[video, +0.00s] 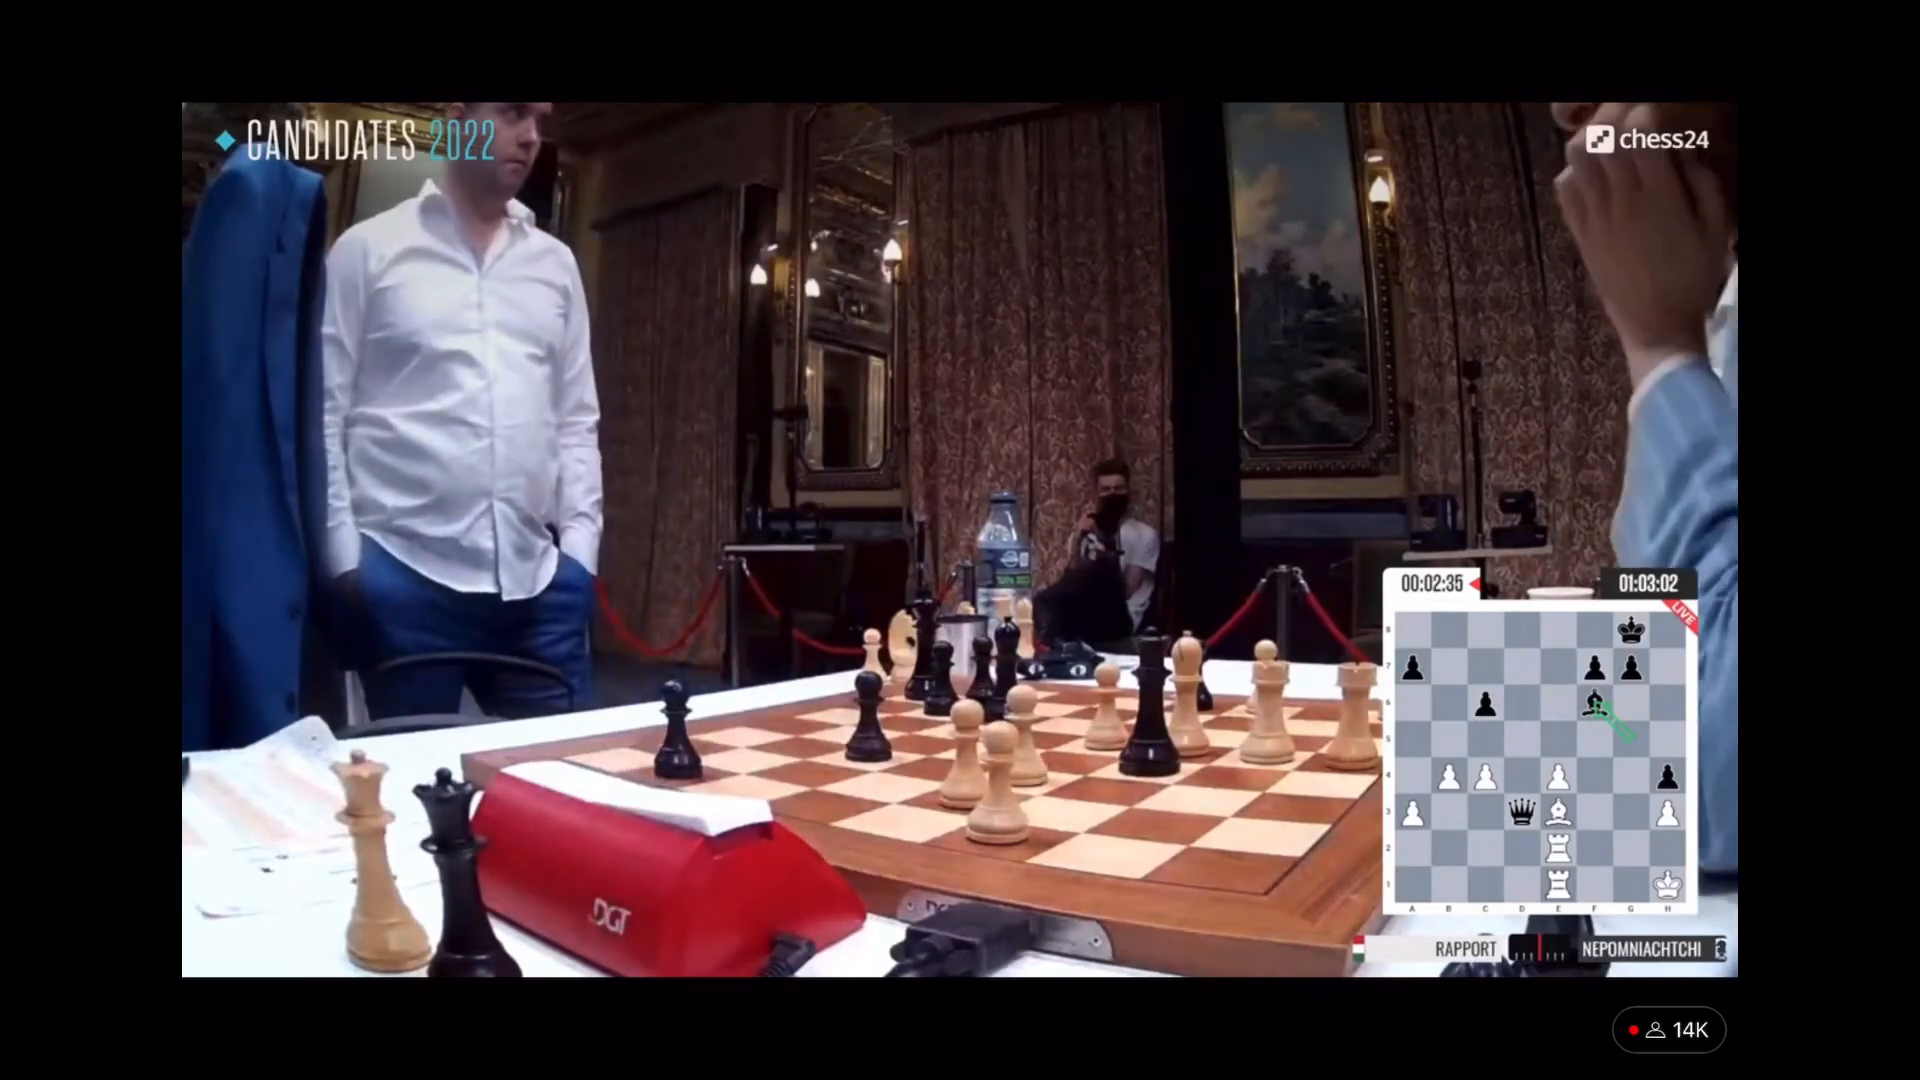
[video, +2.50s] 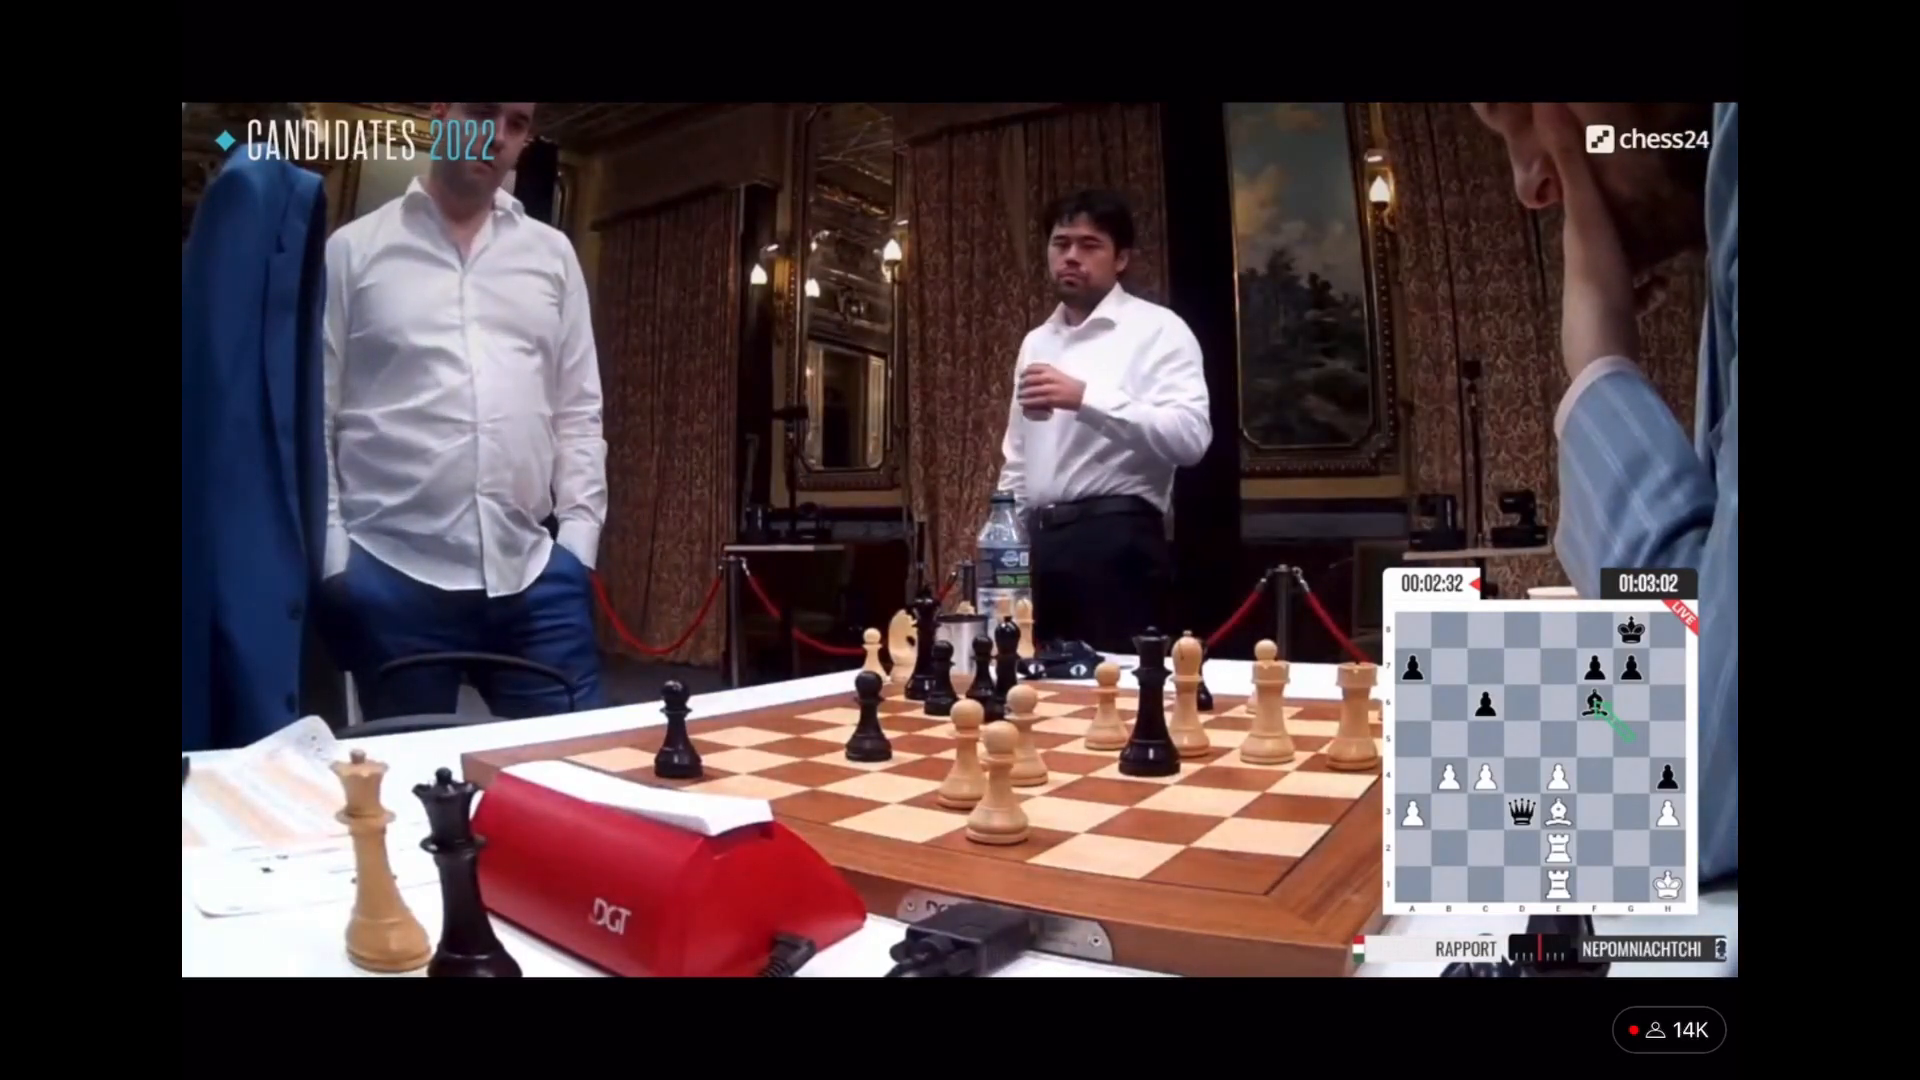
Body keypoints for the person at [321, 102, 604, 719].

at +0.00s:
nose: (533, 136)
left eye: (539, 120)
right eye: (514, 115)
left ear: (543, 133)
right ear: (458, 118)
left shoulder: (555, 263)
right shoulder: (365, 252)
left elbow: (577, 421)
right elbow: (325, 417)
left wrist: (578, 554)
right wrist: (345, 564)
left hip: (538, 583)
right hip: (404, 583)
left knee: (561, 789)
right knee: (418, 791)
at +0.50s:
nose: (500, 138)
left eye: (520, 125)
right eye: (486, 114)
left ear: (532, 140)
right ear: (443, 116)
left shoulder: (559, 259)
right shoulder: (360, 257)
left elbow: (586, 417)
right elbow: (324, 419)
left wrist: (587, 554)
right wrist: (343, 563)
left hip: (542, 584)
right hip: (402, 585)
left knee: (559, 791)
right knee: (416, 793)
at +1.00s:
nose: (505, 136)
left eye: (525, 122)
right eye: (490, 113)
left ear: (538, 138)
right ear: (448, 115)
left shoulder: (572, 252)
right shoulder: (366, 260)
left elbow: (606, 411)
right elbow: (330, 421)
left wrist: (608, 548)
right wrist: (351, 563)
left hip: (559, 581)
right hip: (413, 585)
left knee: (584, 788)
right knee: (425, 790)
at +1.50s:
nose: (497, 132)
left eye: (519, 118)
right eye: (483, 110)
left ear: (534, 134)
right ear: (445, 114)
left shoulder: (574, 249)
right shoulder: (366, 259)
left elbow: (606, 410)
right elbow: (330, 420)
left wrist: (604, 546)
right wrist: (347, 562)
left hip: (559, 585)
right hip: (409, 589)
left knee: (592, 789)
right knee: (422, 801)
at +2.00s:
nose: (495, 137)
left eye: (517, 124)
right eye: (481, 113)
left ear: (531, 140)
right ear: (440, 115)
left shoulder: (561, 254)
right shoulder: (356, 255)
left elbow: (588, 416)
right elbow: (321, 416)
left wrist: (584, 553)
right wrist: (335, 561)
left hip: (539, 583)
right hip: (394, 585)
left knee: (565, 791)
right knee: (408, 794)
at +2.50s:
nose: (494, 138)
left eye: (515, 125)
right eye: (480, 114)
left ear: (528, 140)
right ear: (438, 114)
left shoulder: (552, 253)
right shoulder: (353, 252)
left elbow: (579, 412)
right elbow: (316, 417)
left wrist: (576, 546)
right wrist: (337, 564)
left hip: (535, 578)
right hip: (394, 583)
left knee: (581, 777)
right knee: (410, 790)